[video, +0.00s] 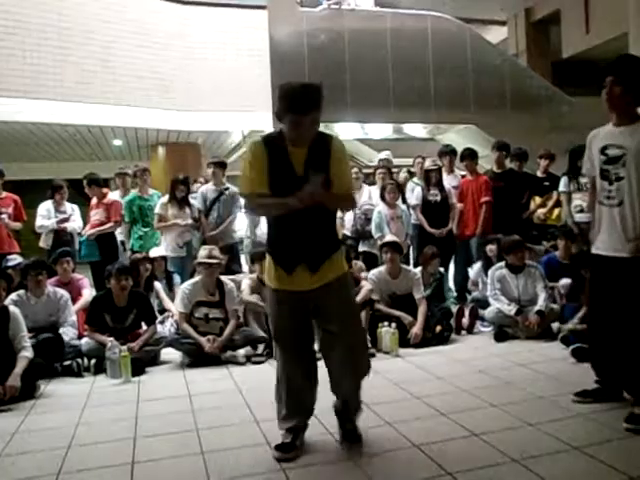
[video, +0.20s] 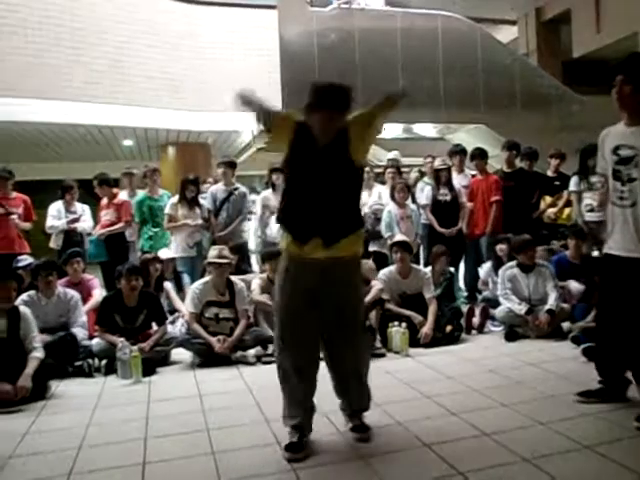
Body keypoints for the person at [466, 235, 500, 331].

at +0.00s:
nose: (491, 248)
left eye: (493, 244)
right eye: (488, 244)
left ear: (499, 247)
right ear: (484, 248)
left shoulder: (504, 264)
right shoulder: (480, 265)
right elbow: (471, 285)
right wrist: (481, 292)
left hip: (502, 297)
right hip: (484, 297)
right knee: (475, 300)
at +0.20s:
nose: (501, 247)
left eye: (504, 244)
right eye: (498, 244)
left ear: (510, 247)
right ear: (494, 248)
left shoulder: (515, 264)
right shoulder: (490, 265)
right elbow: (481, 285)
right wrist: (491, 291)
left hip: (511, 296)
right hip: (494, 296)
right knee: (485, 299)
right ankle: (475, 320)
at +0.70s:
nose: (493, 248)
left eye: (496, 244)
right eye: (490, 245)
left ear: (500, 247)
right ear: (485, 247)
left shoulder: (504, 264)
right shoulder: (479, 264)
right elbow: (471, 283)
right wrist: (482, 290)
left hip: (500, 295)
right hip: (483, 295)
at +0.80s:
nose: (489, 249)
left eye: (491, 246)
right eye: (486, 246)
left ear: (495, 247)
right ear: (481, 248)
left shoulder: (500, 264)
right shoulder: (474, 265)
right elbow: (466, 284)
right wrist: (478, 290)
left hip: (496, 295)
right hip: (478, 295)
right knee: (471, 299)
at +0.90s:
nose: (485, 247)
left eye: (487, 244)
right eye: (482, 244)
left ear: (491, 247)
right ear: (478, 247)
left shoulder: (494, 263)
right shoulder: (470, 263)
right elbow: (463, 282)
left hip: (491, 295)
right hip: (474, 295)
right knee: (468, 301)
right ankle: (462, 324)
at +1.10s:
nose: (486, 222)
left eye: (488, 219)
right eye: (483, 219)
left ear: (492, 221)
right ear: (478, 221)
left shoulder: (496, 238)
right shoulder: (470, 238)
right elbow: (464, 258)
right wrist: (475, 266)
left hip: (492, 270)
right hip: (476, 269)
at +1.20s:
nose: (489, 223)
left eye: (490, 219)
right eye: (486, 219)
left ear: (493, 221)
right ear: (480, 221)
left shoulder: (496, 237)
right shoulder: (470, 238)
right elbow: (464, 257)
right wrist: (474, 266)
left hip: (492, 268)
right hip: (477, 268)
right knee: (467, 271)